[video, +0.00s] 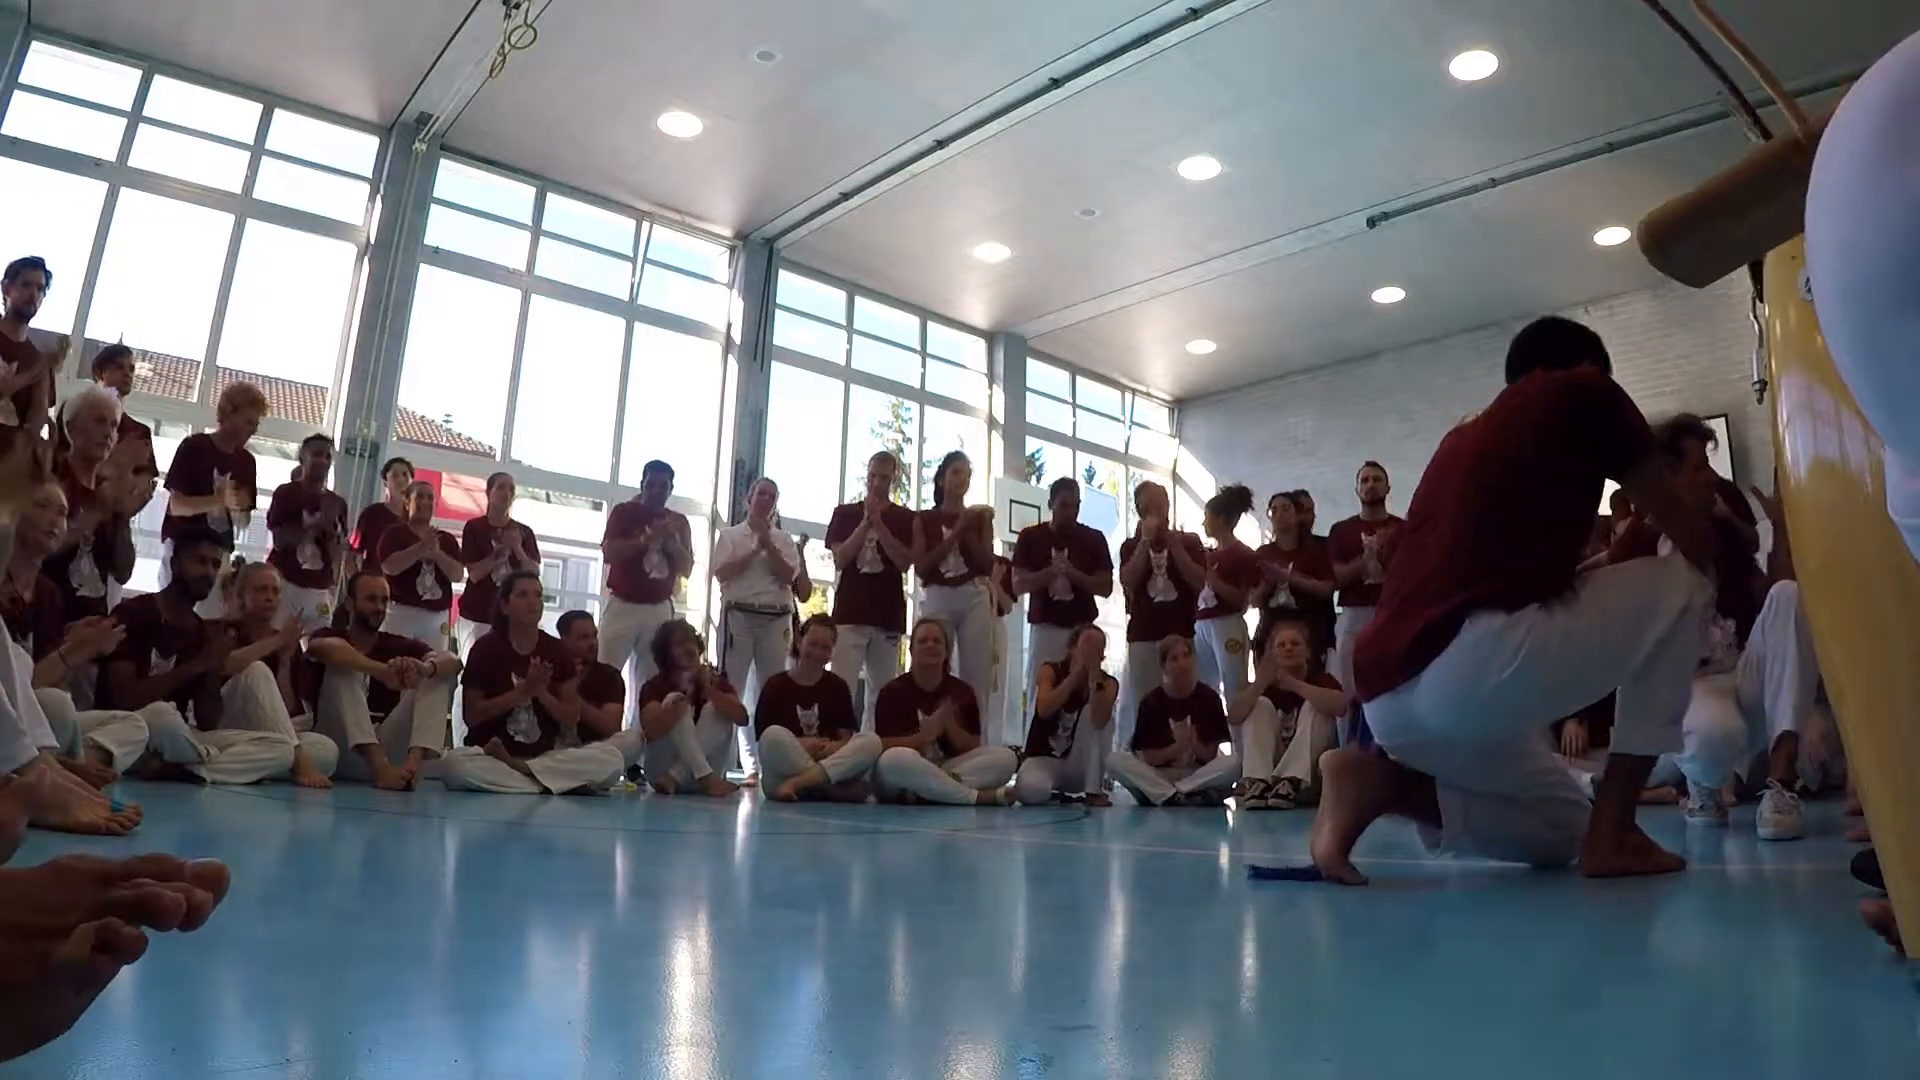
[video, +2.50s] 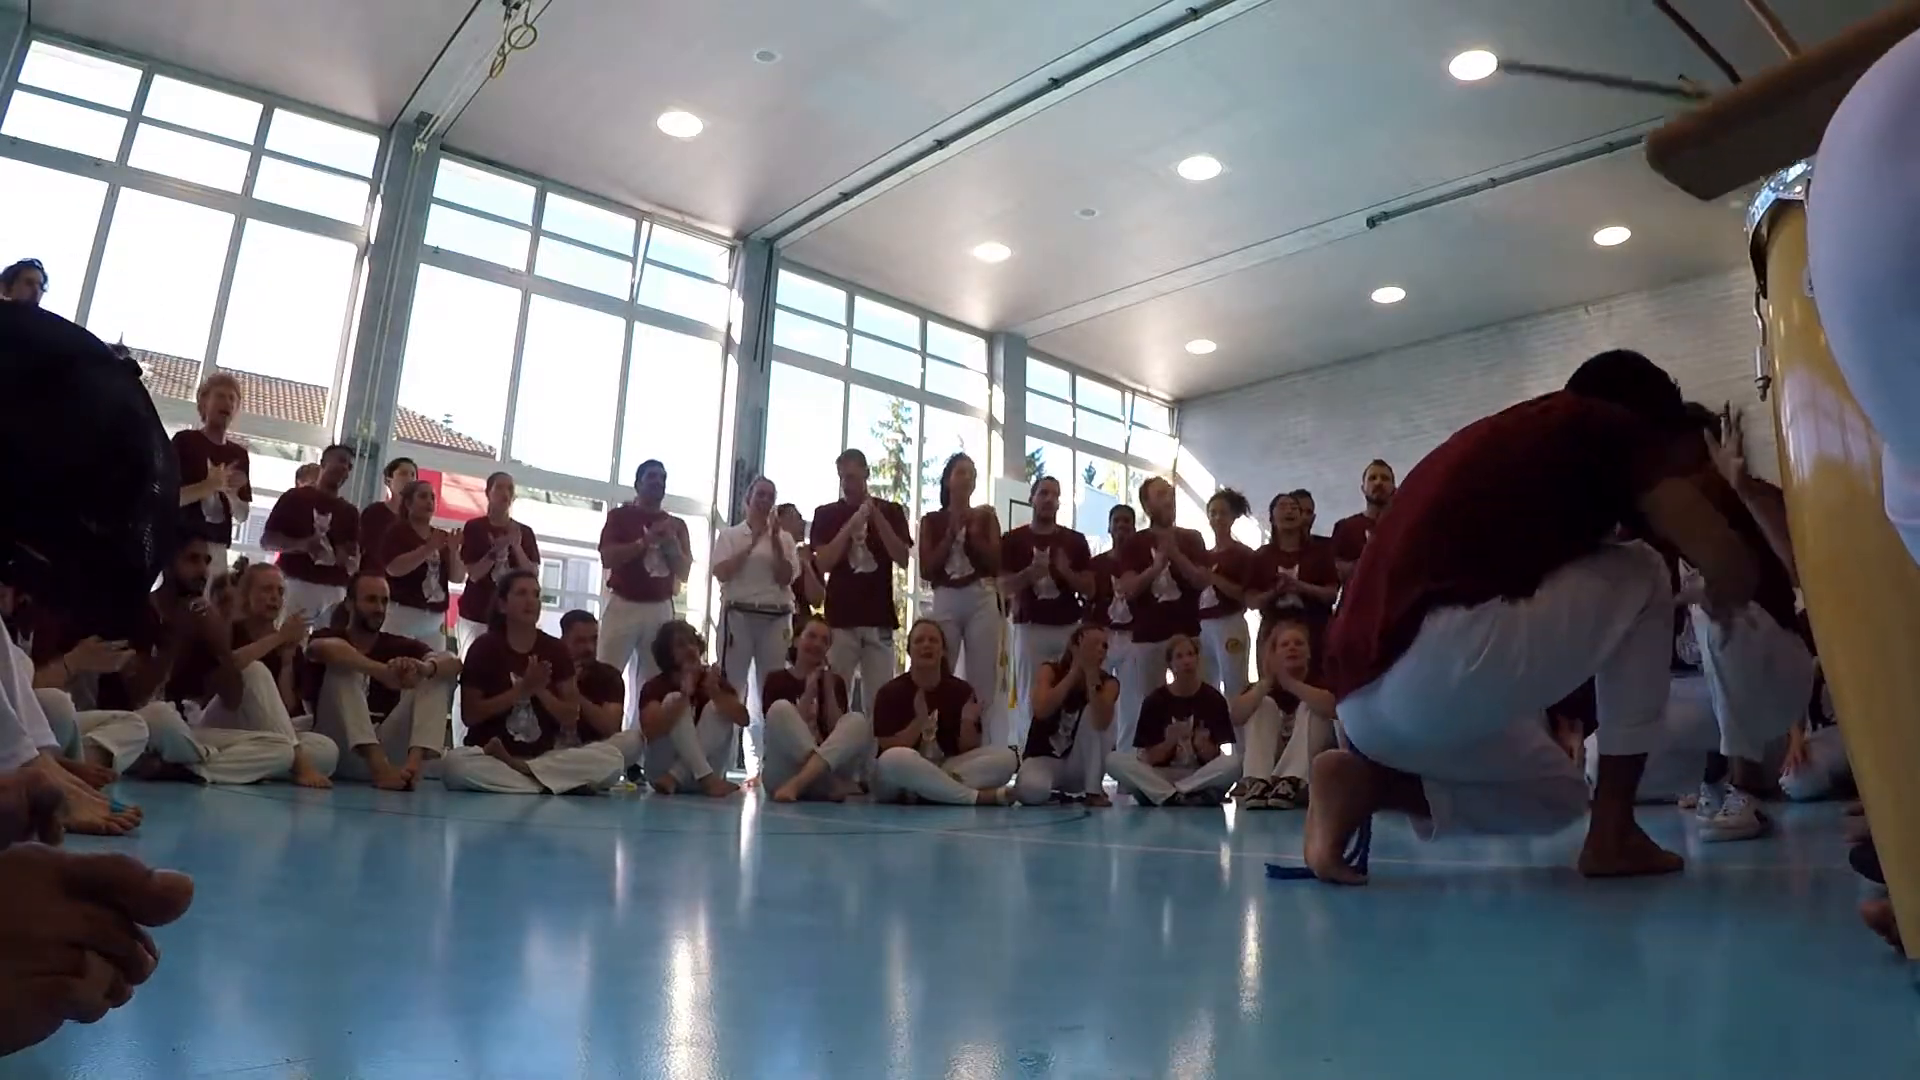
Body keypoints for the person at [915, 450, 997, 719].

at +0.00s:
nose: (961, 478)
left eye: (966, 474)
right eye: (955, 472)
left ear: (970, 481)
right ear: (942, 478)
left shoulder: (981, 517)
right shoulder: (923, 519)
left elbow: (986, 567)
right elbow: (922, 569)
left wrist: (966, 534)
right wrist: (955, 534)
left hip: (975, 598)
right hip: (936, 597)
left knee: (976, 679)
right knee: (932, 677)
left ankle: (975, 749)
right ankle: (931, 749)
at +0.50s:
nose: (972, 478)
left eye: (978, 475)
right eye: (966, 472)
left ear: (982, 483)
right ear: (953, 478)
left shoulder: (989, 516)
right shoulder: (934, 519)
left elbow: (994, 565)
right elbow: (928, 568)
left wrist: (973, 532)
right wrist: (953, 540)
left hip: (982, 595)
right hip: (945, 594)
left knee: (982, 678)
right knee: (939, 674)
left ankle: (982, 751)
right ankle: (938, 748)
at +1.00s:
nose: (971, 477)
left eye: (976, 473)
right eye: (964, 471)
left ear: (980, 482)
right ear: (950, 478)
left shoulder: (987, 517)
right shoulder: (932, 519)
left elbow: (994, 567)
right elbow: (924, 566)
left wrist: (978, 540)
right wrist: (947, 537)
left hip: (979, 594)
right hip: (942, 594)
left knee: (980, 677)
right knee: (938, 674)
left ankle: (980, 749)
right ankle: (936, 748)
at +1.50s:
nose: (961, 475)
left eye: (965, 471)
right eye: (954, 470)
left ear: (969, 480)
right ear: (940, 478)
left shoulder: (979, 518)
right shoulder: (923, 518)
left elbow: (986, 566)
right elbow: (918, 567)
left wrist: (964, 537)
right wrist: (943, 537)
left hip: (974, 597)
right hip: (935, 597)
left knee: (975, 678)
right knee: (931, 675)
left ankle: (974, 748)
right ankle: (930, 746)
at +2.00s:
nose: (955, 477)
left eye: (960, 472)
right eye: (948, 472)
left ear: (965, 479)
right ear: (935, 478)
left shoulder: (977, 519)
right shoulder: (921, 520)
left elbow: (985, 566)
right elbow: (920, 569)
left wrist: (965, 537)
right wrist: (949, 540)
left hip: (974, 596)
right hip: (936, 596)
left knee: (976, 679)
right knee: (933, 676)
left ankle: (975, 750)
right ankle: (932, 751)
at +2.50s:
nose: (965, 477)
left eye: (970, 473)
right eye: (959, 472)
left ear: (975, 482)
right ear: (947, 479)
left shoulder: (986, 516)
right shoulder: (932, 521)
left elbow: (993, 565)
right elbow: (927, 569)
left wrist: (972, 537)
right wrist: (949, 535)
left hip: (982, 597)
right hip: (944, 597)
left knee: (982, 681)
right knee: (940, 677)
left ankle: (981, 751)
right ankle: (937, 751)